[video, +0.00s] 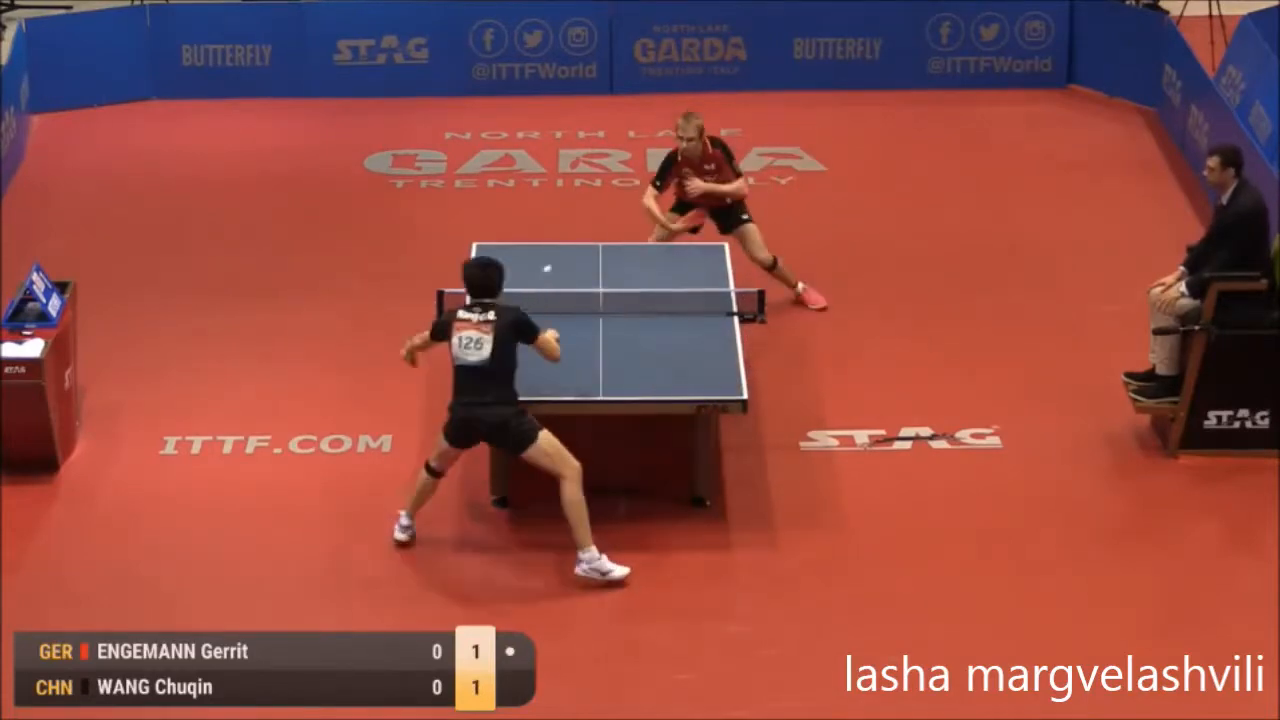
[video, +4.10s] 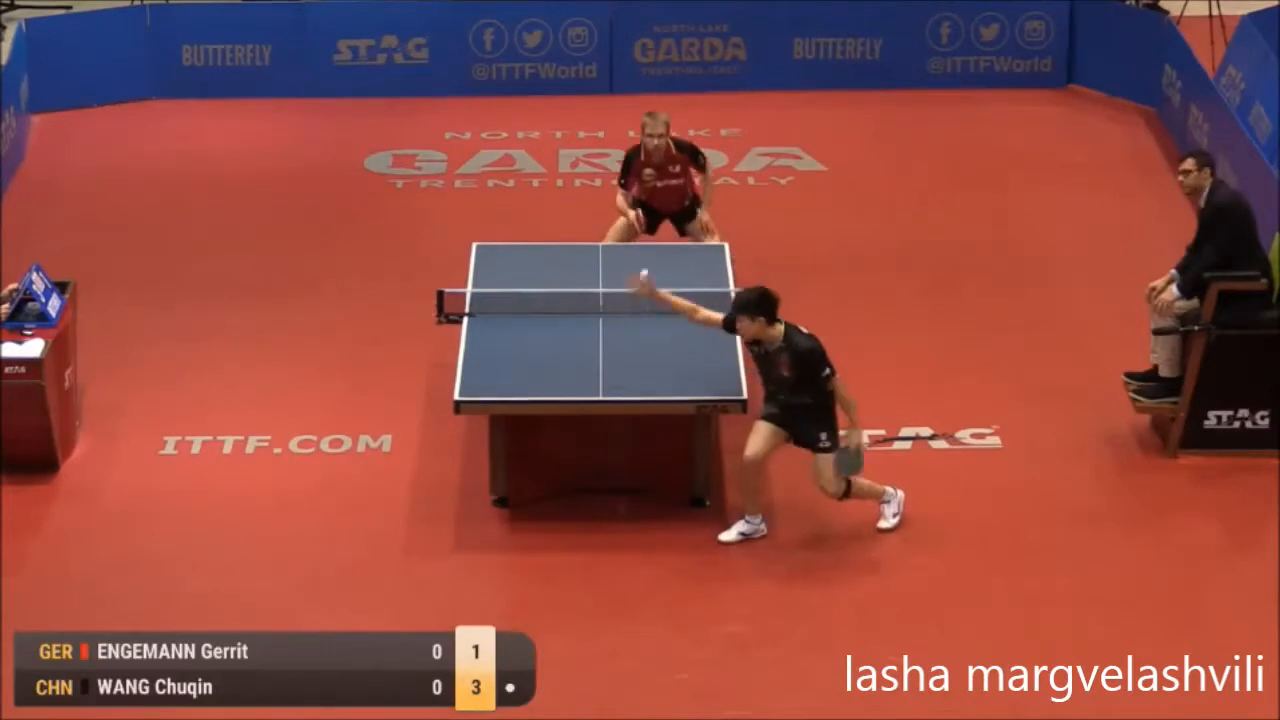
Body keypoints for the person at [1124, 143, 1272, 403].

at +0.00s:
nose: (1205, 174)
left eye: (1211, 169)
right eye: (1206, 168)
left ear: (1230, 172)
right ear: (1222, 172)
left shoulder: (1246, 206)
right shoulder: (1229, 199)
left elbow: (1227, 263)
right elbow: (1209, 244)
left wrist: (1184, 288)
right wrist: (1179, 274)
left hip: (1238, 291)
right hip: (1221, 279)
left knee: (1166, 305)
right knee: (1156, 295)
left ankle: (1169, 378)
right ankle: (1160, 369)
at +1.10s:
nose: (1207, 175)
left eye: (1213, 169)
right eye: (1207, 169)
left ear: (1232, 170)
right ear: (1225, 172)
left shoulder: (1245, 205)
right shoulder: (1231, 199)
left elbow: (1221, 257)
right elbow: (1210, 244)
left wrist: (1178, 279)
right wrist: (1177, 272)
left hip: (1236, 288)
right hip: (1222, 278)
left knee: (1165, 307)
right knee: (1157, 296)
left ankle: (1168, 378)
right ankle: (1160, 369)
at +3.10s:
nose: (1207, 175)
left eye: (1213, 170)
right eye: (1207, 169)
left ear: (1232, 172)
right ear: (1224, 172)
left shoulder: (1249, 206)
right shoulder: (1226, 199)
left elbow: (1229, 264)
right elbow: (1205, 240)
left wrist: (1184, 288)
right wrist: (1173, 274)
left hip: (1242, 292)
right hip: (1224, 280)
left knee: (1168, 307)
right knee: (1159, 297)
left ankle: (1168, 379)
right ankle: (1159, 370)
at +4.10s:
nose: (1180, 179)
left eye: (1186, 173)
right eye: (1179, 174)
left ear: (1206, 174)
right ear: (1201, 175)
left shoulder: (1223, 204)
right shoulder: (1211, 201)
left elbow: (1210, 257)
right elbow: (1196, 250)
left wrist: (1177, 292)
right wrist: (1169, 278)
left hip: (1241, 292)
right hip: (1225, 283)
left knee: (1166, 307)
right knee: (1157, 297)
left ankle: (1171, 380)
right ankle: (1161, 369)